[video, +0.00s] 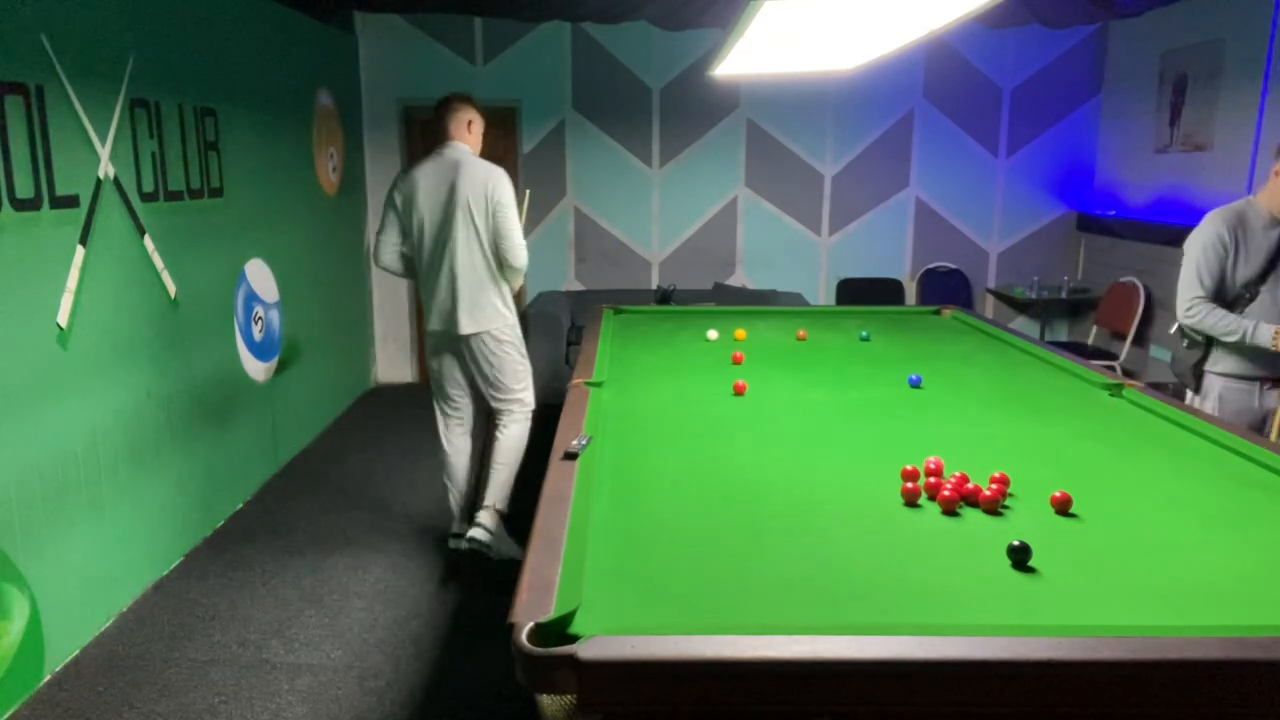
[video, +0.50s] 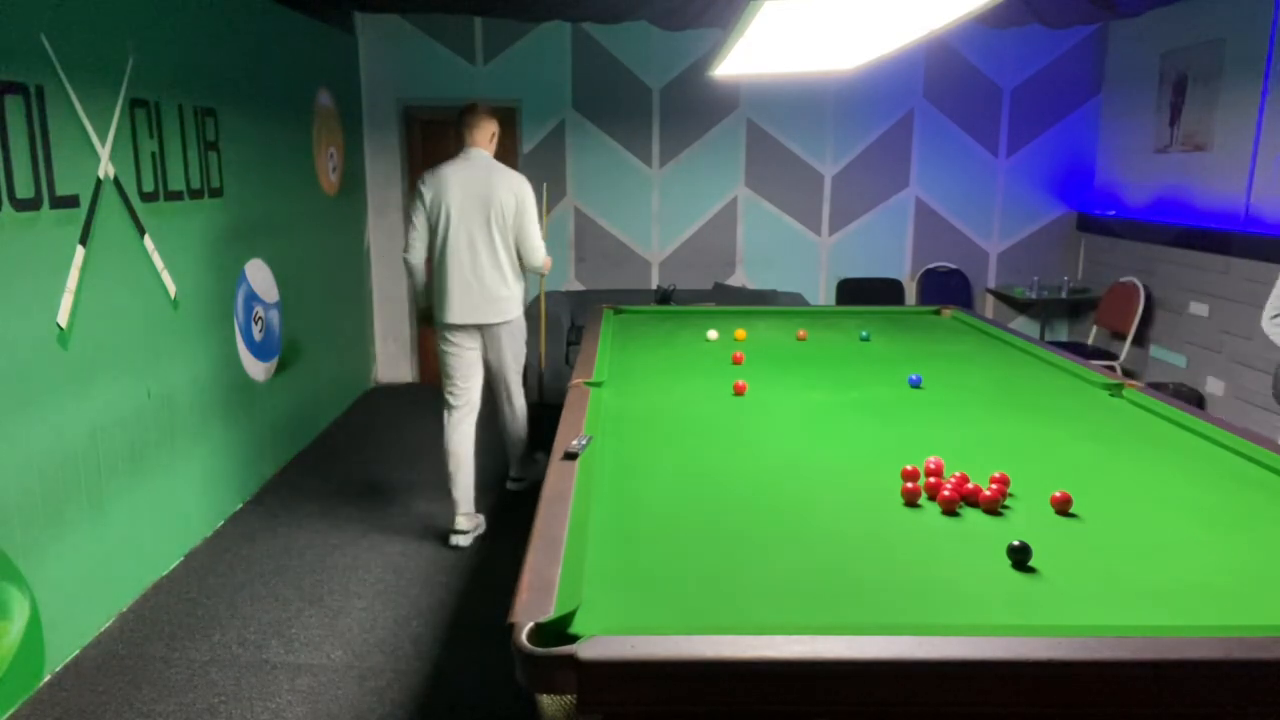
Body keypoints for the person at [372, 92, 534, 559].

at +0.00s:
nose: (481, 137)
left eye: (479, 130)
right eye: (479, 130)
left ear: (439, 129)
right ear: (470, 128)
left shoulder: (408, 180)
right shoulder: (491, 176)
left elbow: (385, 253)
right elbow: (515, 257)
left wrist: (432, 270)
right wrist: (509, 286)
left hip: (438, 323)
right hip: (488, 319)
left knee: (453, 419)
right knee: (515, 409)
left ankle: (461, 525)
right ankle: (488, 520)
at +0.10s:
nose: (478, 138)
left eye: (475, 131)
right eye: (477, 131)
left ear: (439, 131)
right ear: (469, 129)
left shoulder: (407, 180)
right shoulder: (492, 176)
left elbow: (391, 256)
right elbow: (515, 253)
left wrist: (434, 267)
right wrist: (520, 277)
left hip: (439, 320)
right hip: (491, 314)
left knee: (452, 413)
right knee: (516, 402)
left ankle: (461, 525)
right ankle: (498, 510)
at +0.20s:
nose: (477, 138)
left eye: (473, 131)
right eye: (475, 131)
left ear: (438, 132)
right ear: (469, 130)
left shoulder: (410, 180)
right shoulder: (494, 176)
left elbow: (397, 257)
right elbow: (518, 255)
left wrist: (438, 260)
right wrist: (526, 270)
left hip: (442, 318)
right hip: (494, 312)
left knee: (452, 416)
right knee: (513, 405)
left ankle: (462, 524)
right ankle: (516, 510)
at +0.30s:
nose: (480, 137)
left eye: (476, 130)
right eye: (479, 130)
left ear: (442, 132)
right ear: (475, 130)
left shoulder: (416, 181)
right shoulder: (501, 177)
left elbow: (406, 257)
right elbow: (524, 255)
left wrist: (440, 259)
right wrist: (533, 264)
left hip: (446, 313)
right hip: (497, 309)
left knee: (454, 410)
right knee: (512, 401)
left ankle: (462, 522)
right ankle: (523, 490)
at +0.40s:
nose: (486, 139)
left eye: (480, 132)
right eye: (486, 132)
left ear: (452, 133)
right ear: (484, 133)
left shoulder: (424, 181)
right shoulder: (507, 180)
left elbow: (412, 257)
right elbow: (526, 253)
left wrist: (433, 286)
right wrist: (540, 262)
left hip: (451, 312)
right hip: (500, 309)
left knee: (455, 411)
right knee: (511, 395)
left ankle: (462, 520)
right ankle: (523, 474)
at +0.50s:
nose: (494, 142)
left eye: (489, 135)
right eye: (495, 136)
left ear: (461, 135)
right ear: (493, 137)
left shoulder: (433, 181)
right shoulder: (515, 184)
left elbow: (415, 254)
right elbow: (533, 258)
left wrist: (425, 299)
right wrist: (544, 263)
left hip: (454, 310)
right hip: (502, 309)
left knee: (459, 408)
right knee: (510, 394)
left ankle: (463, 518)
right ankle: (517, 471)